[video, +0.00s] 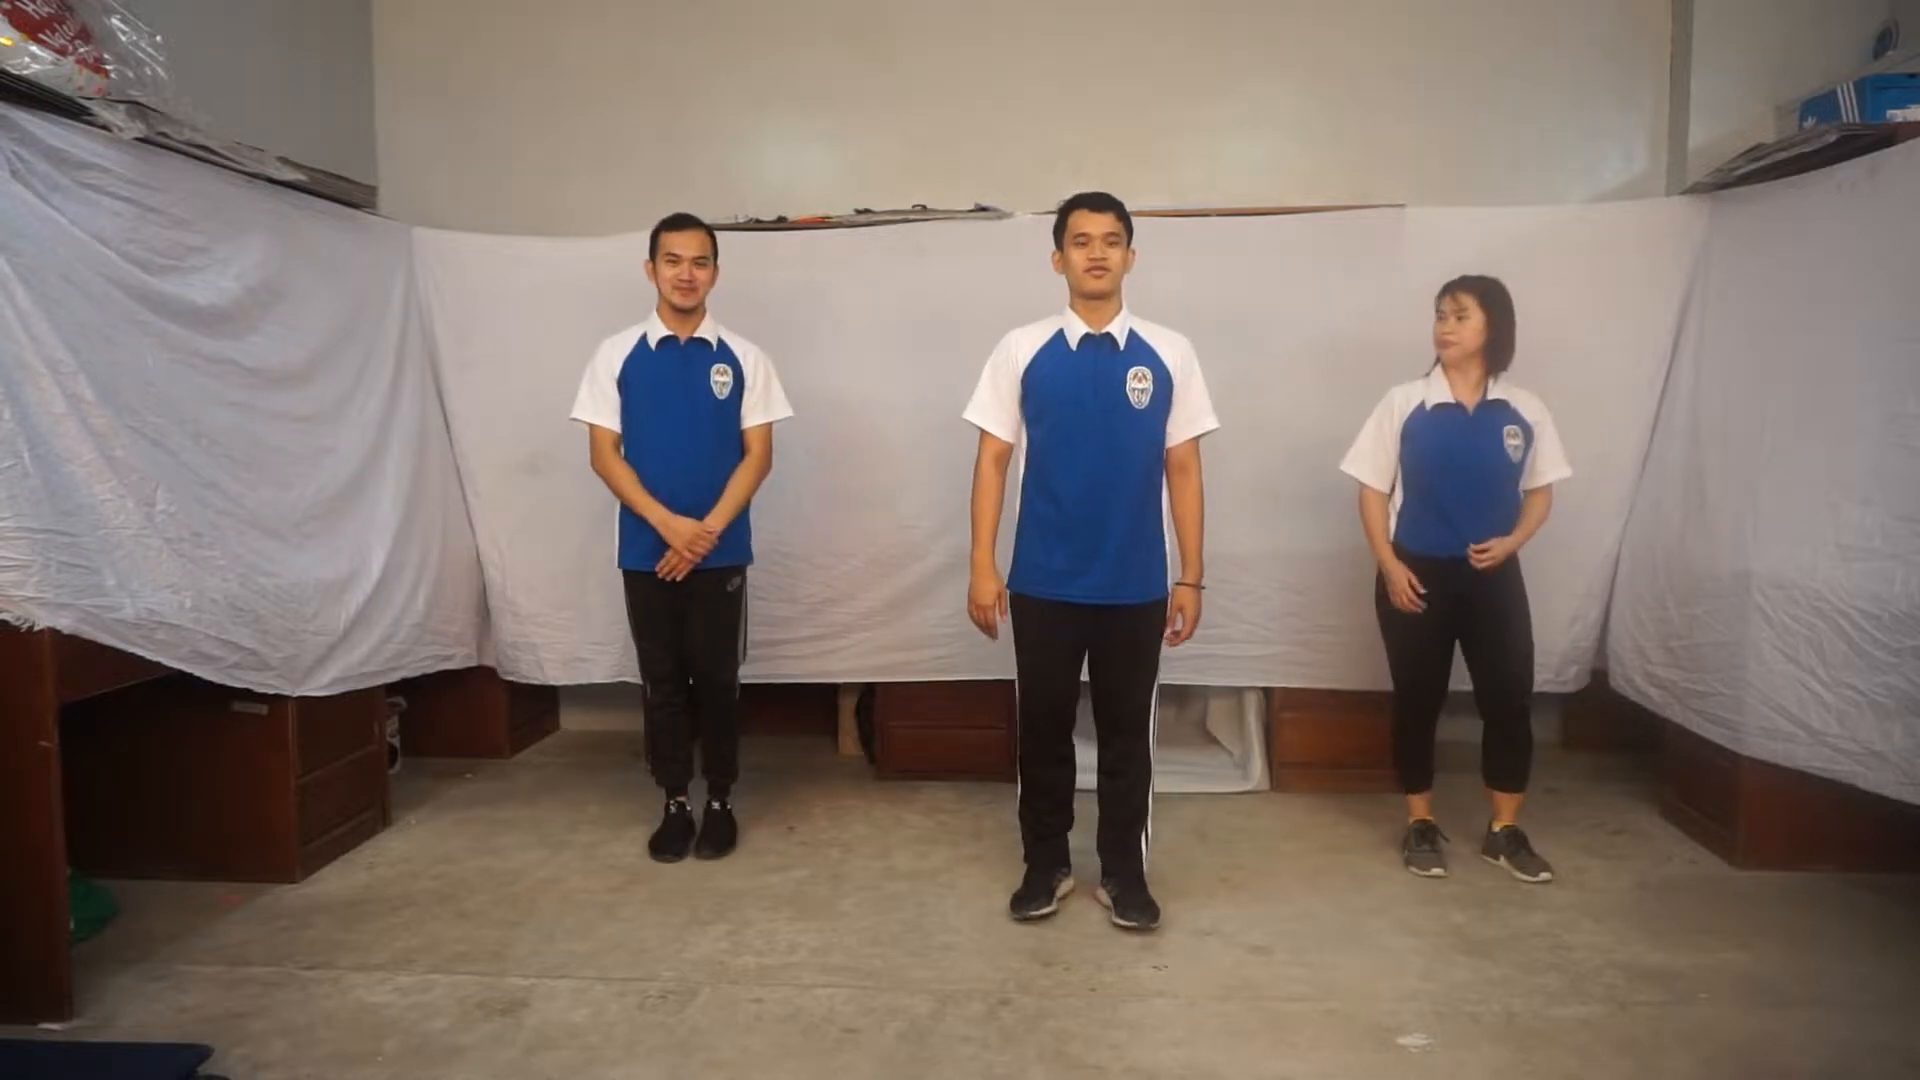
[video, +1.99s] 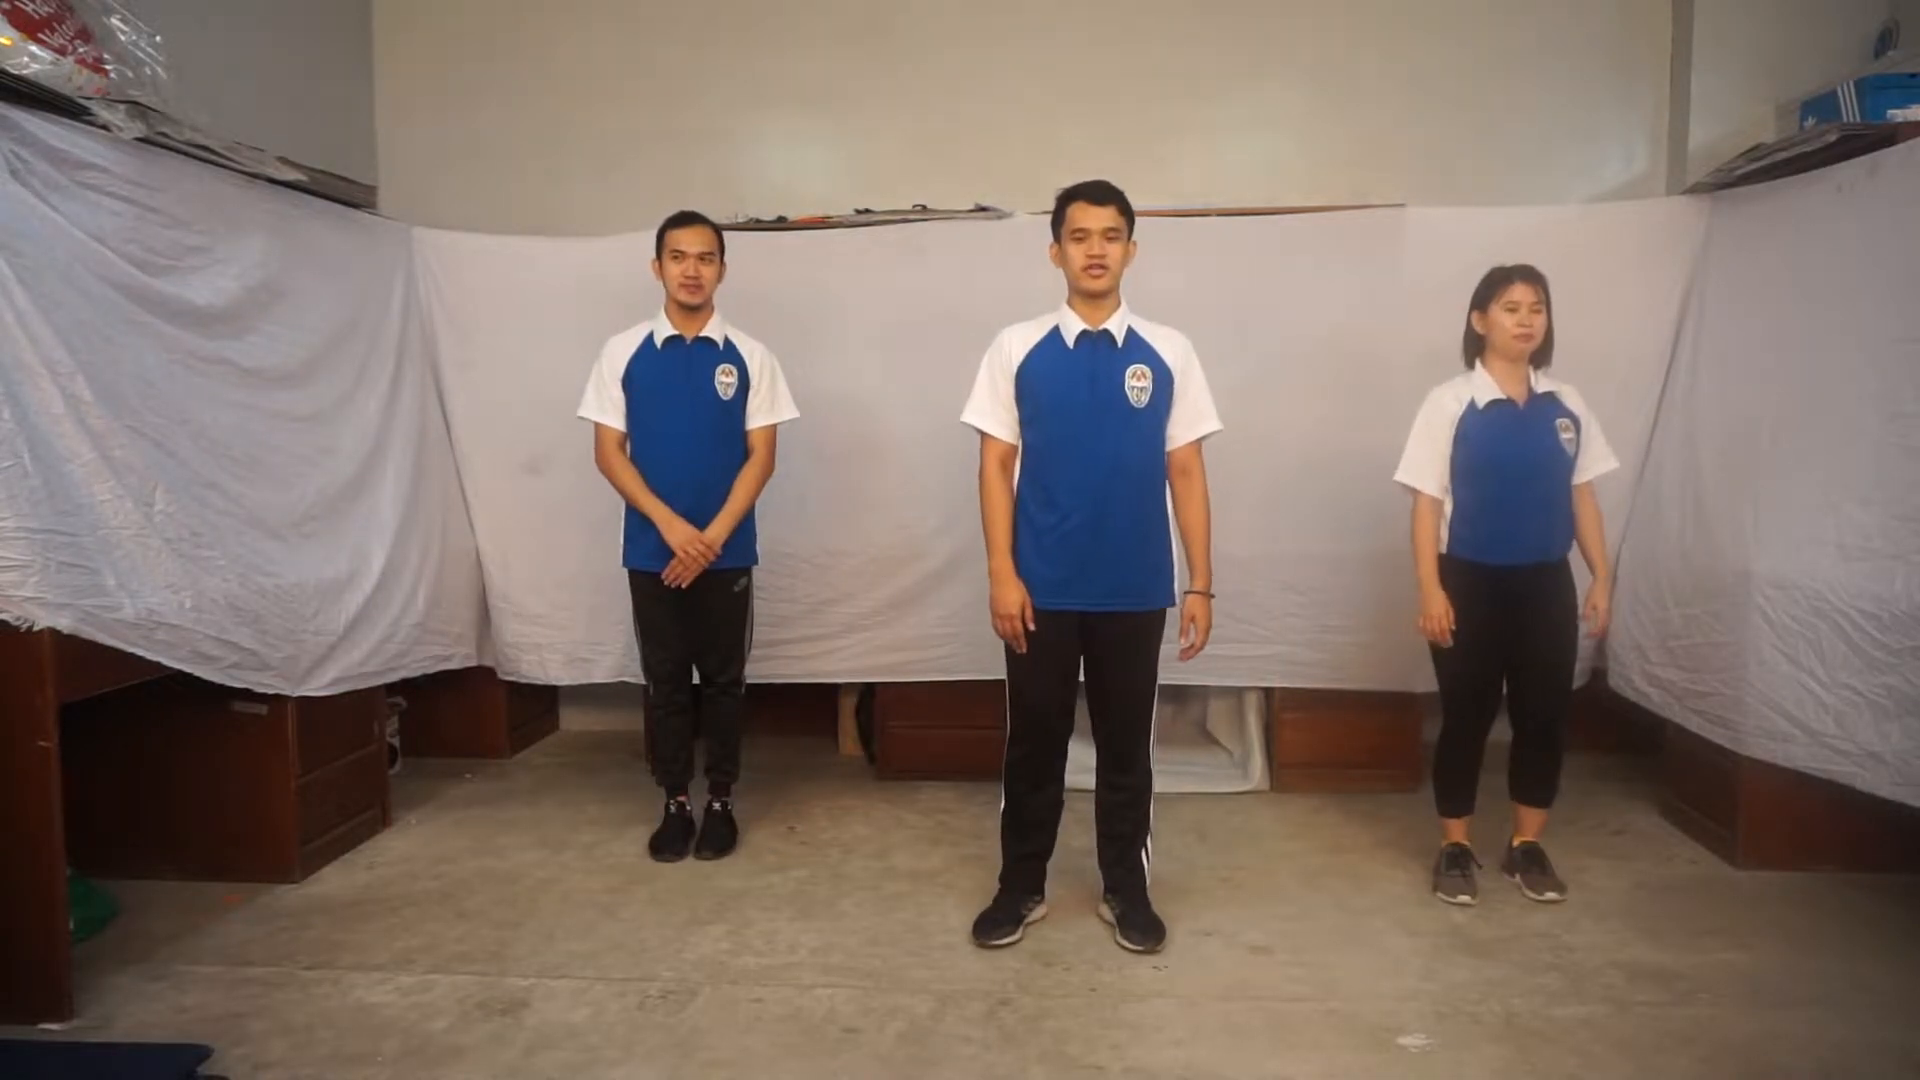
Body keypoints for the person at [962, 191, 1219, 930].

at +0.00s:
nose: (1097, 254)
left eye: (1110, 242)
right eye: (1082, 243)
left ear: (1129, 256)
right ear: (1060, 257)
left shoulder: (1167, 353)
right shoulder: (1021, 349)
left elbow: (1183, 470)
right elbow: (992, 460)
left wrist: (1189, 575)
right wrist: (983, 566)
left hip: (1134, 586)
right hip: (1042, 584)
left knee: (1127, 739)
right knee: (1043, 735)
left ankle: (1125, 873)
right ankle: (1046, 865)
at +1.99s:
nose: (1096, 251)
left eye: (1110, 237)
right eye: (1080, 238)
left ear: (1129, 249)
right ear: (1058, 251)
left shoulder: (1166, 352)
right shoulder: (1015, 349)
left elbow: (1186, 474)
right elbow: (996, 468)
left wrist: (1198, 582)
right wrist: (1001, 574)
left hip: (1134, 593)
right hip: (1041, 591)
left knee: (1127, 752)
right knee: (1034, 747)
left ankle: (1127, 888)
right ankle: (1019, 885)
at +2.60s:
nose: (1076, 251)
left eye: (1090, 238)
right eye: (1060, 238)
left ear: (1109, 249)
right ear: (1036, 251)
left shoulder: (1146, 351)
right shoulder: (995, 348)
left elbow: (1165, 474)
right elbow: (968, 466)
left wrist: (1173, 582)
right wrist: (968, 573)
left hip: (1115, 593)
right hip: (1021, 592)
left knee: (1116, 752)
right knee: (1024, 752)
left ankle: (1125, 886)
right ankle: (1019, 887)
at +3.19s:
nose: (1080, 249)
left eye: (1094, 236)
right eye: (1064, 236)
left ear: (1112, 248)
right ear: (1038, 249)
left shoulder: (1146, 352)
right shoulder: (994, 347)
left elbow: (1170, 472)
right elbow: (965, 463)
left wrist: (1188, 576)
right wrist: (981, 570)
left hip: (1118, 594)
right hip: (1024, 592)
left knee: (1121, 752)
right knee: (1022, 751)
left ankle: (1129, 889)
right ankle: (1016, 886)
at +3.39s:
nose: (1098, 252)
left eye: (1113, 237)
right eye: (1082, 238)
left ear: (1135, 250)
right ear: (1061, 251)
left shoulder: (1175, 354)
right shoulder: (1019, 351)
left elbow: (1216, 468)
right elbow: (983, 462)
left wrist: (1257, 580)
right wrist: (998, 567)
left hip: (1133, 600)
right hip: (1039, 597)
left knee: (1147, 753)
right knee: (1026, 754)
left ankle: (1187, 900)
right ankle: (1016, 888)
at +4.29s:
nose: (1205, 281)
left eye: (1219, 265)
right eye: (1206, 265)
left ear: (1270, 268)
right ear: (1279, 269)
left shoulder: (1251, 358)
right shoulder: (1327, 315)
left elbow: (1223, 507)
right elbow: (1313, 229)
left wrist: (1259, 556)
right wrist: (1315, 136)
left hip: (1296, 590)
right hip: (1367, 574)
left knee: (1205, 737)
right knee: (1405, 757)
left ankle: (1214, 912)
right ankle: (1465, 940)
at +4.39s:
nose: (1198, 279)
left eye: (1213, 264)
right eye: (1201, 263)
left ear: (1266, 272)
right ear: (1271, 274)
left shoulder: (1251, 352)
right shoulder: (1309, 320)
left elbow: (1216, 511)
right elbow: (1293, 238)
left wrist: (1243, 560)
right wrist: (1270, 144)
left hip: (1286, 591)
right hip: (1350, 581)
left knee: (1188, 736)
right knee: (1395, 760)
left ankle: (1209, 914)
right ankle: (1463, 941)